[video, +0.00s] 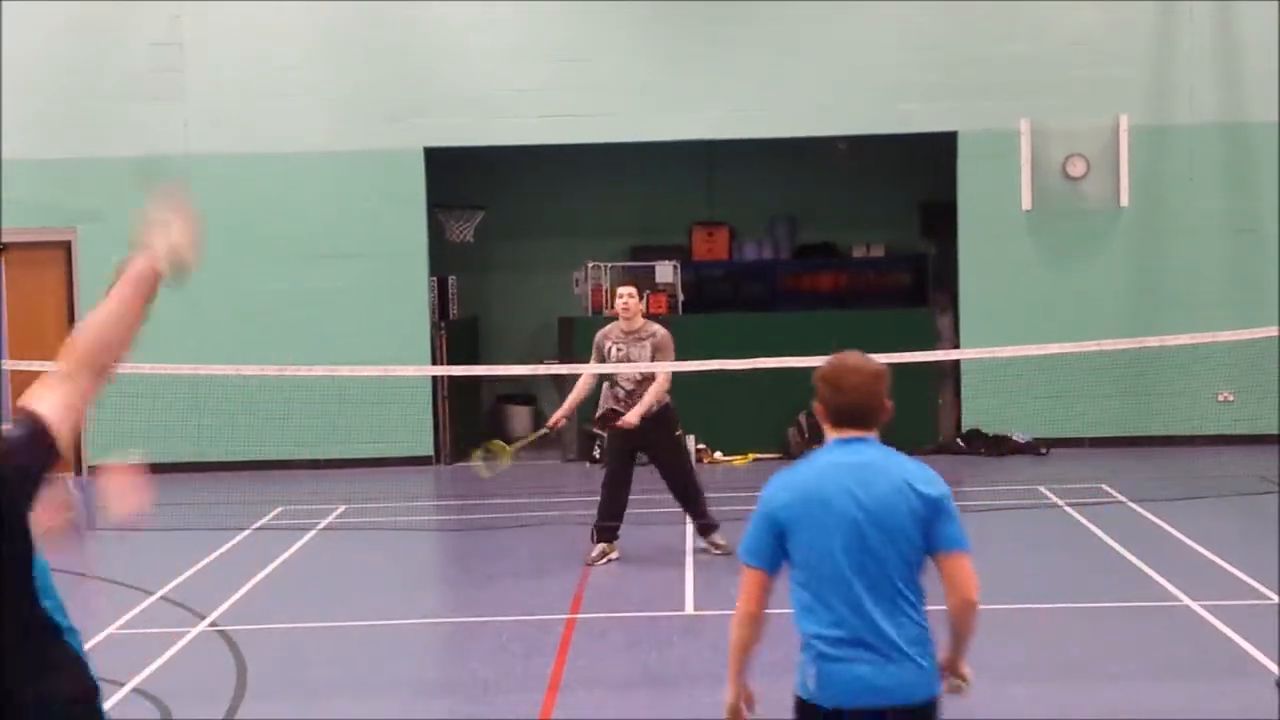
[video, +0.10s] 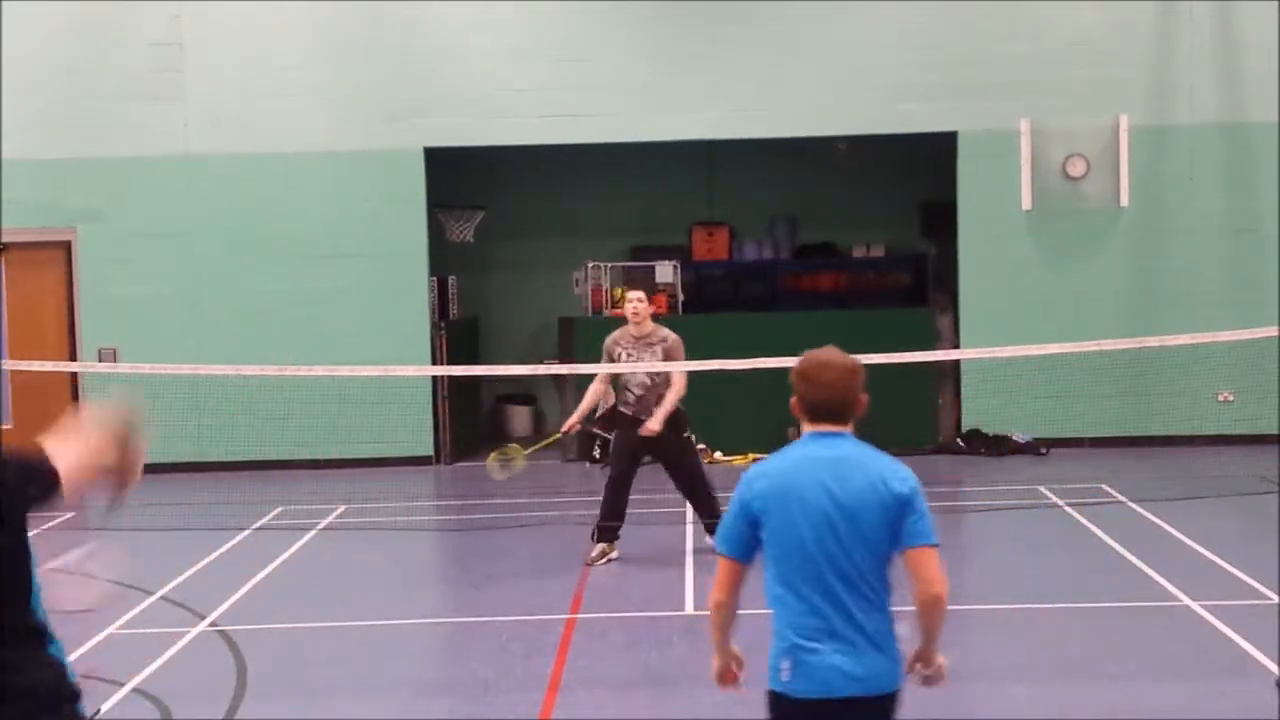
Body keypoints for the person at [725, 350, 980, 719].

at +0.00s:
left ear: (820, 412)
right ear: (886, 410)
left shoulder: (788, 486)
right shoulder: (921, 481)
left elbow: (751, 604)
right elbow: (965, 594)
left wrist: (737, 680)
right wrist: (955, 656)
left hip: (828, 695)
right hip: (909, 694)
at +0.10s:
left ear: (796, 407)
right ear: (861, 405)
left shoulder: (764, 478)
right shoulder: (894, 478)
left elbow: (722, 596)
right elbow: (933, 590)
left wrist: (723, 651)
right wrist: (928, 650)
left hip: (797, 686)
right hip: (873, 685)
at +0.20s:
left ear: (774, 414)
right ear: (838, 412)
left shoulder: (739, 483)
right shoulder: (867, 485)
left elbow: (699, 592)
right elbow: (905, 597)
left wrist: (711, 637)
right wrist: (909, 665)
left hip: (762, 687)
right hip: (834, 688)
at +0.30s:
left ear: (753, 422)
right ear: (818, 421)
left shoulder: (717, 489)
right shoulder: (840, 498)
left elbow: (678, 595)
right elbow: (873, 608)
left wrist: (700, 637)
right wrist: (880, 687)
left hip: (729, 688)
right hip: (796, 690)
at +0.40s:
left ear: (733, 415)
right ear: (795, 419)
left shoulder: (695, 479)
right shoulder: (814, 492)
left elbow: (661, 588)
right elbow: (840, 604)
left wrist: (691, 634)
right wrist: (850, 681)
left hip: (704, 676)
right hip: (774, 679)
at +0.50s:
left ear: (709, 404)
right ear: (771, 405)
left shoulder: (671, 468)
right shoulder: (791, 478)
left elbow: (644, 578)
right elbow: (813, 591)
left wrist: (671, 624)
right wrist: (821, 664)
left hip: (678, 664)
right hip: (752, 668)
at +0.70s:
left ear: (661, 415)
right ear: (720, 414)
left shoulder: (625, 481)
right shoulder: (739, 482)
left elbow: (598, 589)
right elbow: (761, 591)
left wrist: (631, 630)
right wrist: (785, 654)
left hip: (630, 669)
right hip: (707, 671)